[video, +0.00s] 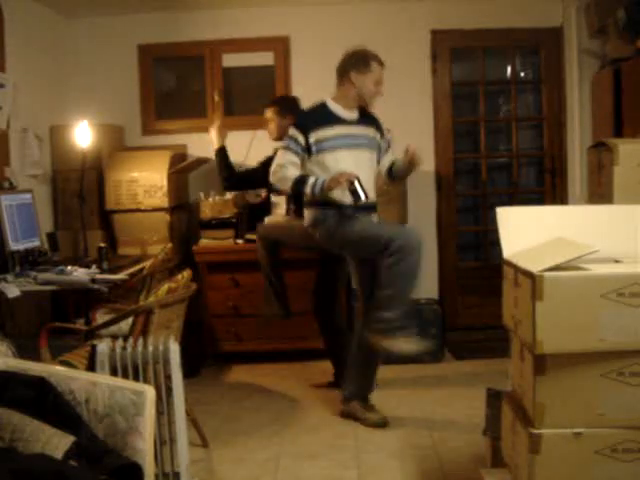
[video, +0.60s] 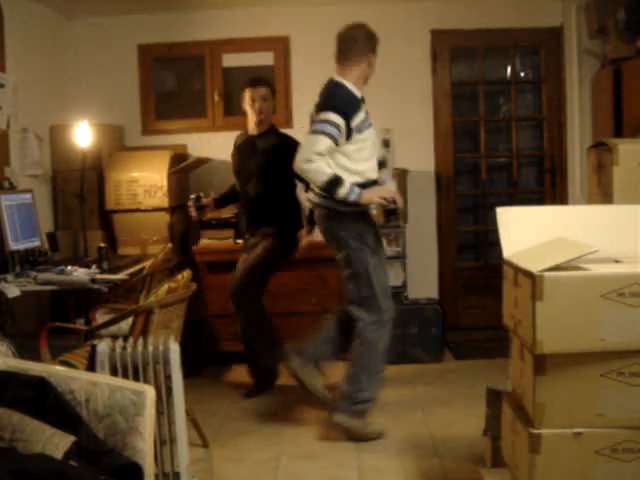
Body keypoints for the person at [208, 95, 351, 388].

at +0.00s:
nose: (267, 127)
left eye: (271, 120)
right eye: (267, 121)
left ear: (288, 122)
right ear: (288, 123)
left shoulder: (286, 157)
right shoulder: (313, 152)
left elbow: (234, 182)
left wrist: (219, 145)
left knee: (326, 302)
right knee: (332, 302)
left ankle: (344, 371)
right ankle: (344, 369)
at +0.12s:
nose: (247, 129)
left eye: (251, 123)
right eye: (247, 124)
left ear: (269, 121)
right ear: (270, 122)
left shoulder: (268, 158)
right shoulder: (297, 145)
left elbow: (217, 190)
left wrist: (216, 150)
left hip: (312, 231)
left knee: (295, 290)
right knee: (256, 254)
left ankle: (305, 360)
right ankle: (257, 327)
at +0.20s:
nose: (241, 135)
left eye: (245, 129)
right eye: (240, 129)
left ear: (264, 128)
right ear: (266, 129)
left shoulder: (262, 164)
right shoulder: (291, 151)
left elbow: (215, 202)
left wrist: (206, 166)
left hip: (301, 242)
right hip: (320, 237)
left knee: (260, 285)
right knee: (282, 298)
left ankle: (259, 364)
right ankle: (286, 371)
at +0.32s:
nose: (240, 136)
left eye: (246, 130)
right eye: (238, 130)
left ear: (262, 130)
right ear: (238, 132)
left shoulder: (265, 163)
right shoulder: (270, 159)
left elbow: (249, 221)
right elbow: (258, 213)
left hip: (287, 249)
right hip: (290, 247)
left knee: (251, 298)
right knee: (266, 304)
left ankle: (253, 369)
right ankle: (286, 370)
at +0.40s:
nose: (242, 133)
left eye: (248, 125)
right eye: (238, 127)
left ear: (261, 126)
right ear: (235, 129)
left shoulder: (267, 159)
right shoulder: (261, 158)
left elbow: (261, 216)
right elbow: (257, 210)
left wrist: (223, 231)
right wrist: (235, 214)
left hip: (287, 245)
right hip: (282, 243)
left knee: (238, 284)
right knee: (265, 304)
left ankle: (245, 358)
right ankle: (286, 372)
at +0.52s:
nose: (250, 112)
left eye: (256, 104)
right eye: (244, 105)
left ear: (266, 108)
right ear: (236, 110)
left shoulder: (275, 146)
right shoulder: (245, 147)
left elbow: (284, 198)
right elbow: (251, 189)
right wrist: (229, 201)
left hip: (283, 228)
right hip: (259, 228)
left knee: (234, 261)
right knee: (257, 298)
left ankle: (232, 342)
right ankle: (281, 364)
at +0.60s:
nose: (258, 106)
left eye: (264, 100)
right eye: (252, 100)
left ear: (274, 104)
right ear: (244, 106)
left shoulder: (287, 145)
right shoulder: (242, 145)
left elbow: (312, 181)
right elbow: (242, 189)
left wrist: (312, 222)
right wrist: (213, 203)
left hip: (281, 231)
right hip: (253, 232)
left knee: (242, 290)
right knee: (245, 296)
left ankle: (268, 364)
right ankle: (262, 371)